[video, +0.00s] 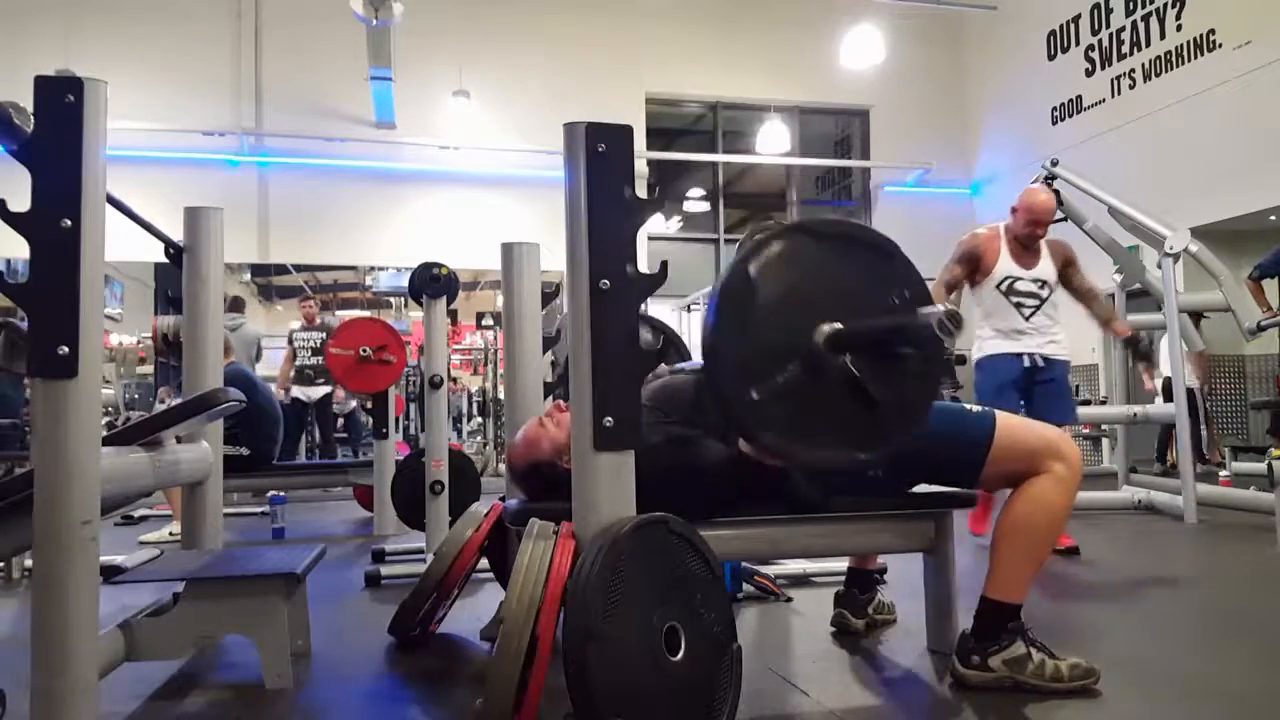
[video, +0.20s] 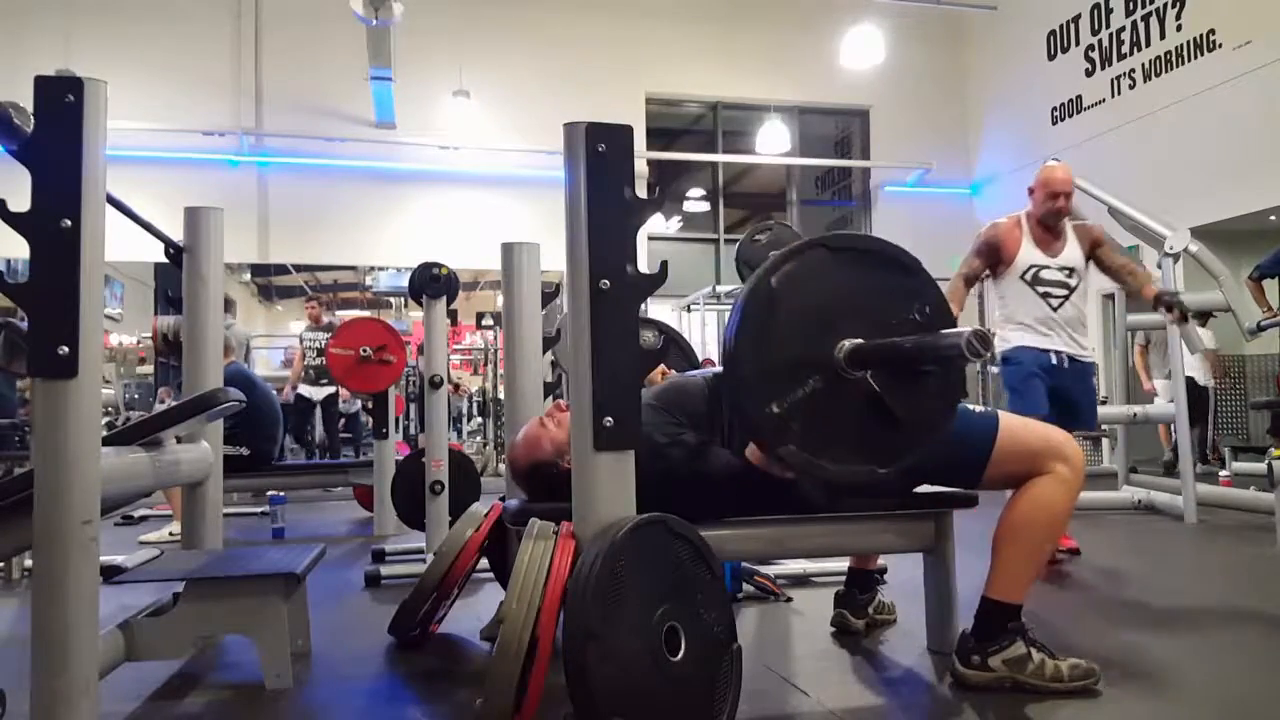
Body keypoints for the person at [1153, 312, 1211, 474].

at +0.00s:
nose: (1200, 326)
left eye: (1200, 322)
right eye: (1199, 322)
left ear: (1176, 321)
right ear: (1193, 322)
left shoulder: (1166, 337)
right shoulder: (1191, 335)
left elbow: (1163, 363)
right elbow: (1195, 359)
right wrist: (1203, 377)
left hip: (1167, 380)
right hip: (1188, 381)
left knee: (1166, 422)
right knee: (1196, 423)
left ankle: (1160, 461)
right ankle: (1200, 459)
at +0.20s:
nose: (1210, 321)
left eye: (1209, 318)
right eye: (1209, 318)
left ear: (1192, 317)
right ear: (1206, 319)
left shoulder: (1182, 332)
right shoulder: (1206, 333)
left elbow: (1177, 356)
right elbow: (1211, 356)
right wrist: (1218, 373)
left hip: (1184, 378)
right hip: (1203, 380)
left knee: (1184, 421)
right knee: (1205, 422)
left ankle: (1177, 457)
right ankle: (1203, 460)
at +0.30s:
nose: (1214, 319)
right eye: (1214, 316)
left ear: (1195, 315)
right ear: (1211, 317)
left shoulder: (1184, 331)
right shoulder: (1213, 333)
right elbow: (1222, 358)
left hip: (1185, 377)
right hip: (1206, 380)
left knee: (1186, 421)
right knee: (1205, 422)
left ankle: (1185, 460)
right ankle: (1203, 460)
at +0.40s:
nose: (1218, 319)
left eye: (1218, 316)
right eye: (1219, 317)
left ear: (1201, 315)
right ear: (1216, 317)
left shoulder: (1187, 332)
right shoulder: (1218, 334)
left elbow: (1182, 356)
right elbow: (1231, 354)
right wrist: (1243, 364)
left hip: (1189, 376)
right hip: (1208, 377)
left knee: (1202, 415)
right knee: (1209, 417)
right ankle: (1204, 457)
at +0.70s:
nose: (1234, 320)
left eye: (1233, 317)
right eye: (1233, 318)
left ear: (1217, 318)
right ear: (1230, 318)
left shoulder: (1204, 334)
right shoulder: (1232, 334)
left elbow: (1196, 357)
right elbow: (1247, 357)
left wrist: (1198, 375)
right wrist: (1258, 365)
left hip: (1205, 379)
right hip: (1223, 380)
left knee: (1212, 418)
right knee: (1224, 420)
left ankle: (1214, 453)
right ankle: (1213, 453)